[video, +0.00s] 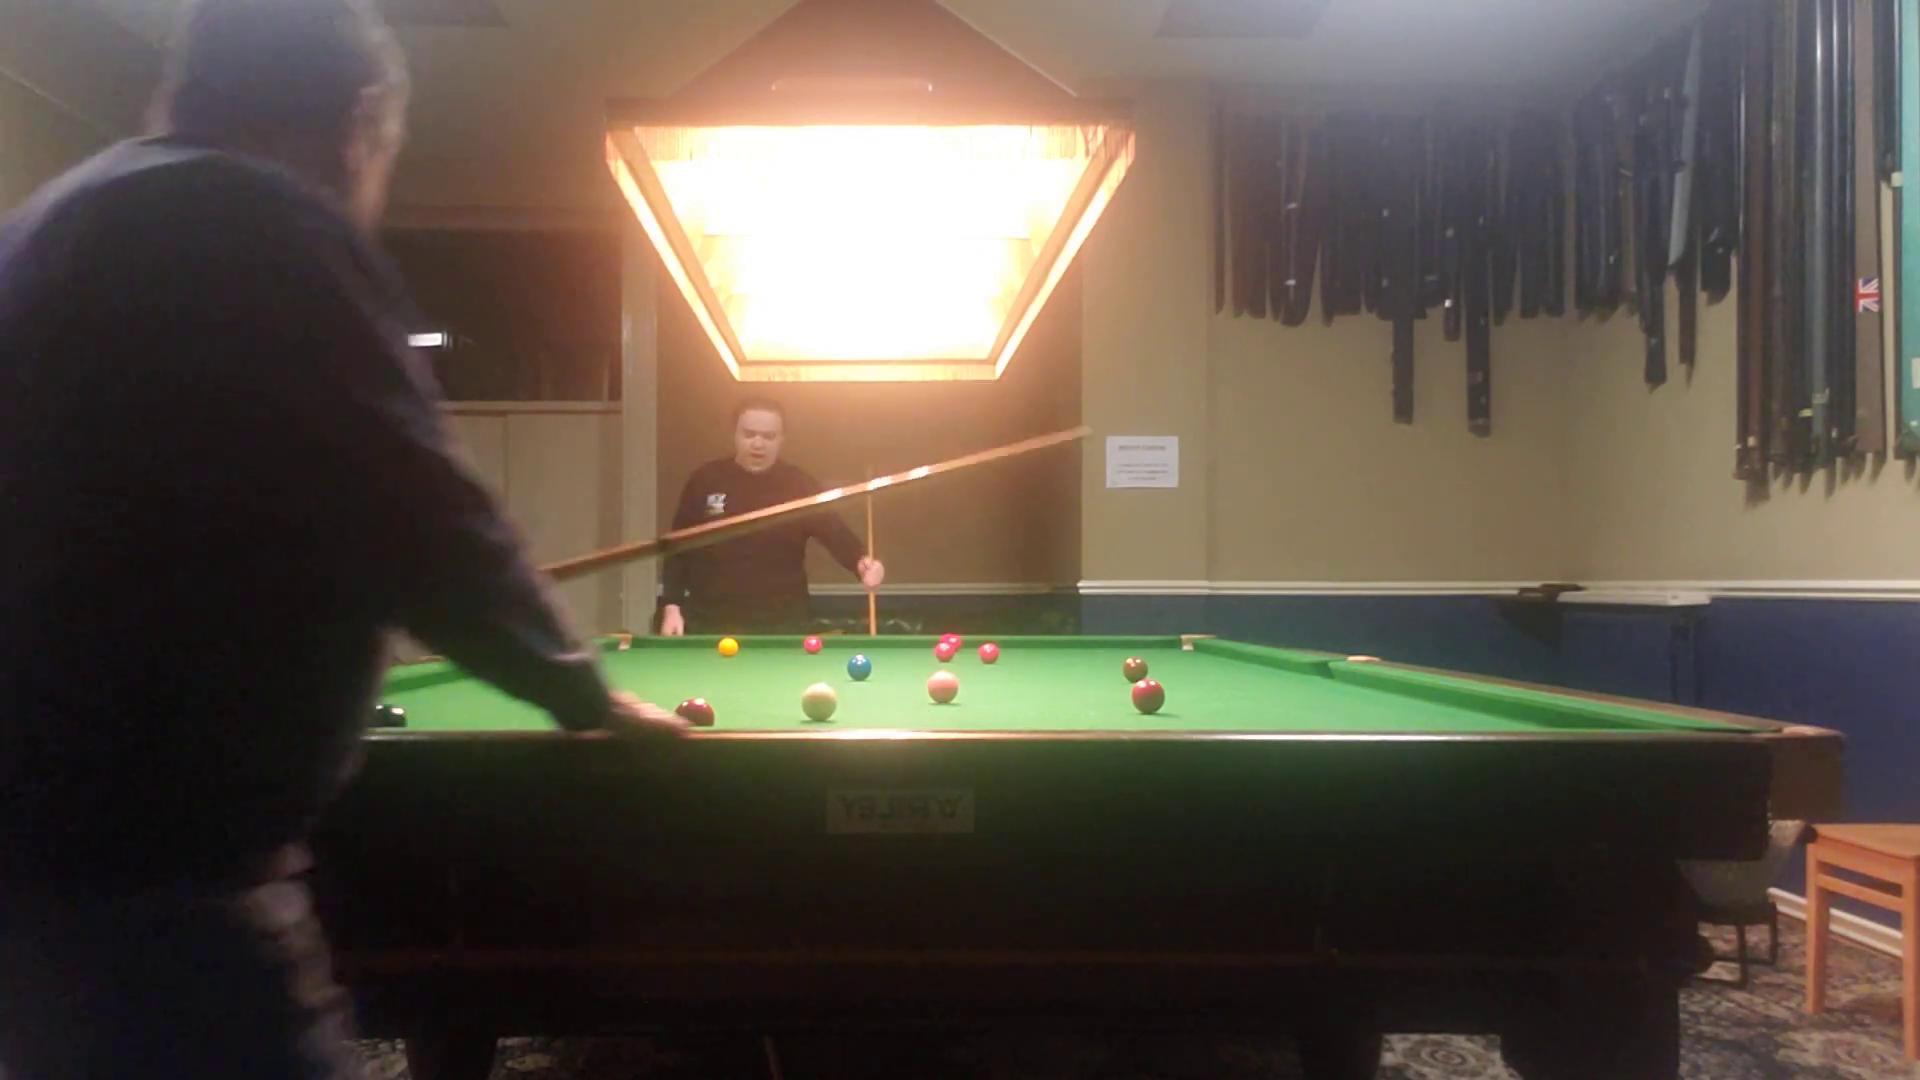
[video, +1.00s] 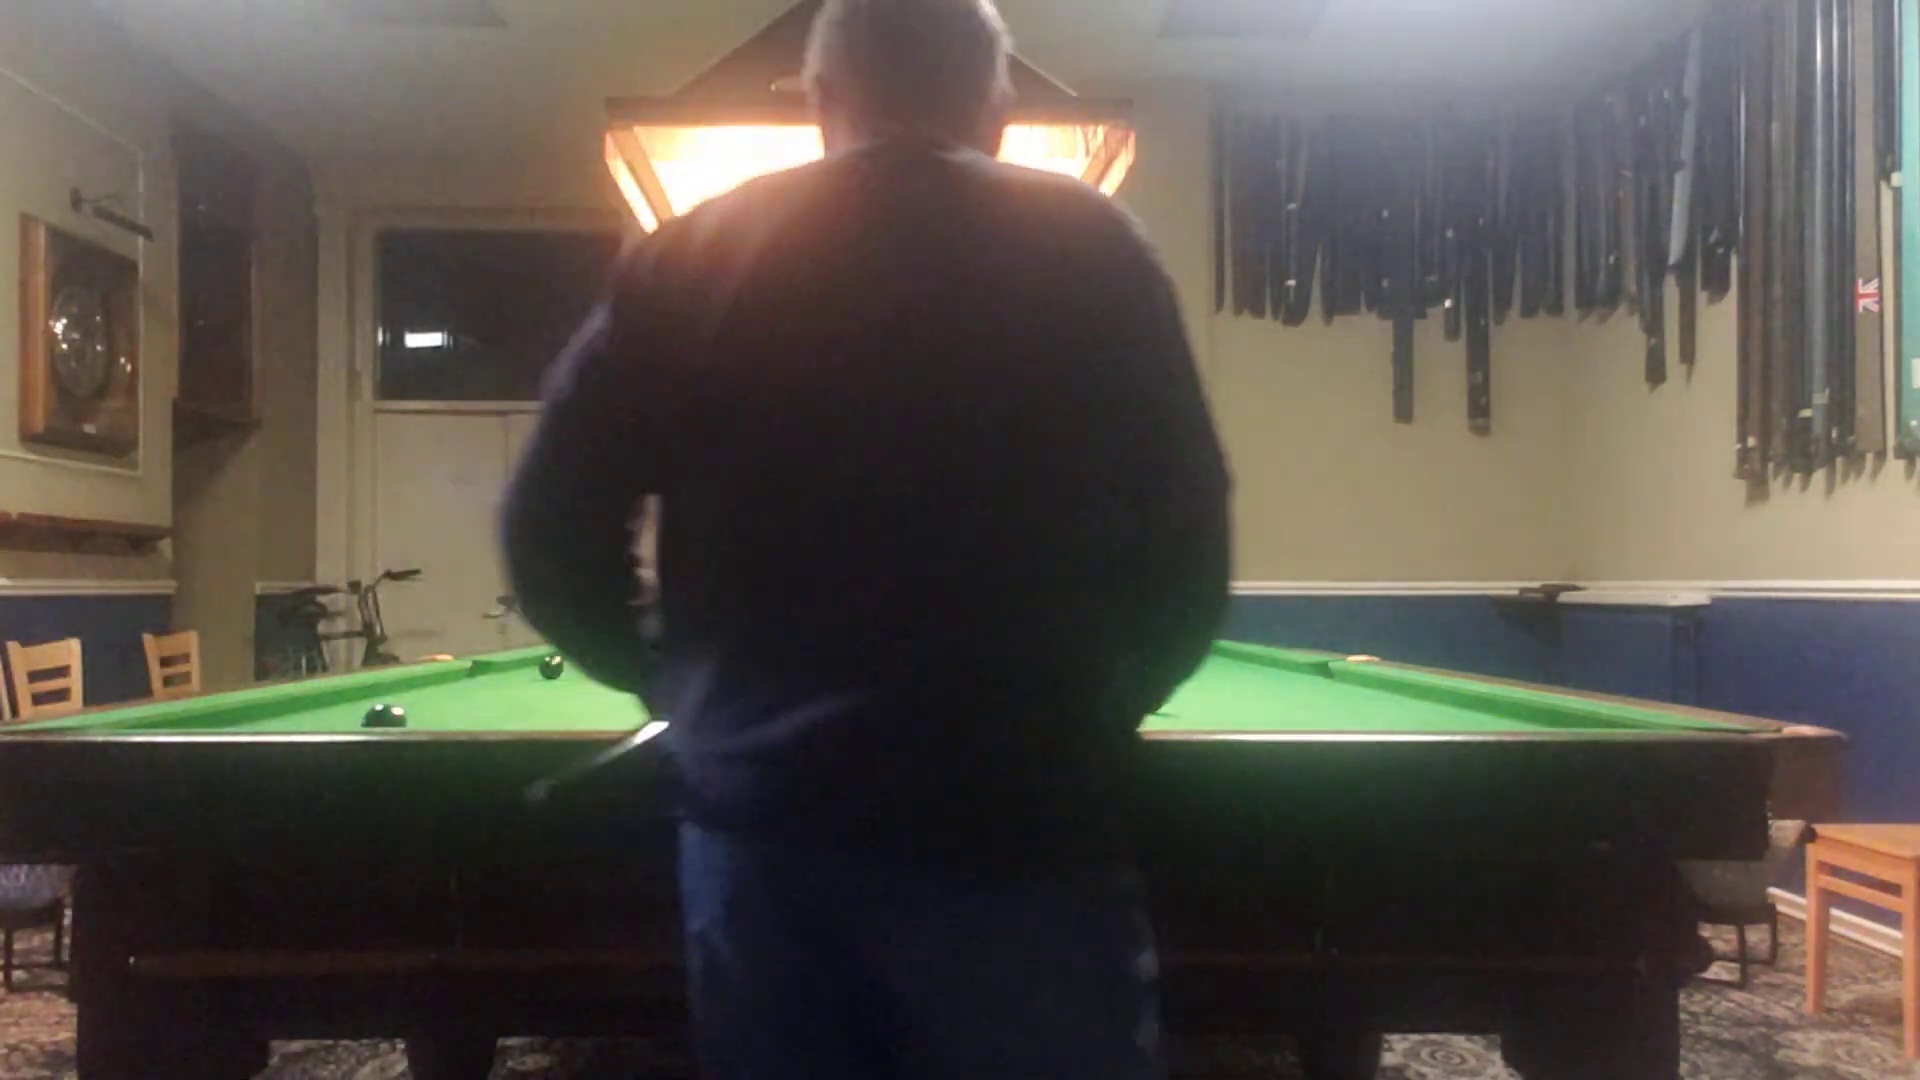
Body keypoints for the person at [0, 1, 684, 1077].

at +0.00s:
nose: (384, 176)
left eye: (393, 145)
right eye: (390, 139)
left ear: (189, 95)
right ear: (354, 121)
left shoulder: (43, 228)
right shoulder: (281, 240)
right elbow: (420, 520)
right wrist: (590, 699)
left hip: (23, 845)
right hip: (188, 865)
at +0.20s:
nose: (526, 149)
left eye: (529, 121)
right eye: (529, 117)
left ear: (336, 88)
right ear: (500, 103)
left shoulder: (181, 219)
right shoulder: (477, 231)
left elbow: (49, 500)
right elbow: (586, 502)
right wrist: (718, 698)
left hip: (107, 789)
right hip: (336, 815)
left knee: (168, 1057)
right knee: (450, 1056)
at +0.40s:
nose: (692, 130)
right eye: (691, 103)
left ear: (522, 62)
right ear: (675, 88)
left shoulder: (338, 216)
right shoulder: (692, 223)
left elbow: (183, 482)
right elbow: (803, 506)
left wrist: (340, 594)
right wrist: (855, 687)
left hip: (301, 795)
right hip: (562, 809)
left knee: (333, 1059)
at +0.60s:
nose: (866, 87)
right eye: (865, 66)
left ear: (668, 37)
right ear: (845, 70)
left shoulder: (476, 182)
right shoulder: (887, 211)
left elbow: (299, 450)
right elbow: (975, 502)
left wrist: (457, 586)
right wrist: (973, 686)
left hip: (458, 759)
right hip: (719, 777)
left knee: (492, 1066)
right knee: (729, 1060)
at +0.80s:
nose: (966, 91)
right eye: (964, 66)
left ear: (767, 54)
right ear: (947, 72)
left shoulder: (601, 211)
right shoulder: (1012, 234)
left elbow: (422, 478)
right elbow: (1096, 579)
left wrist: (559, 631)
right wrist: (1031, 713)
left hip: (617, 790)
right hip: (880, 798)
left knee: (633, 1063)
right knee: (850, 1062)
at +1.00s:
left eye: (816, 98)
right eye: (1006, 93)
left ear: (817, 100)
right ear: (998, 103)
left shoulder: (695, 256)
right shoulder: (1094, 249)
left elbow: (550, 536)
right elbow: (1187, 573)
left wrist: (683, 685)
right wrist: (1076, 708)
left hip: (760, 834)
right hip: (1027, 831)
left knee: (779, 1070)